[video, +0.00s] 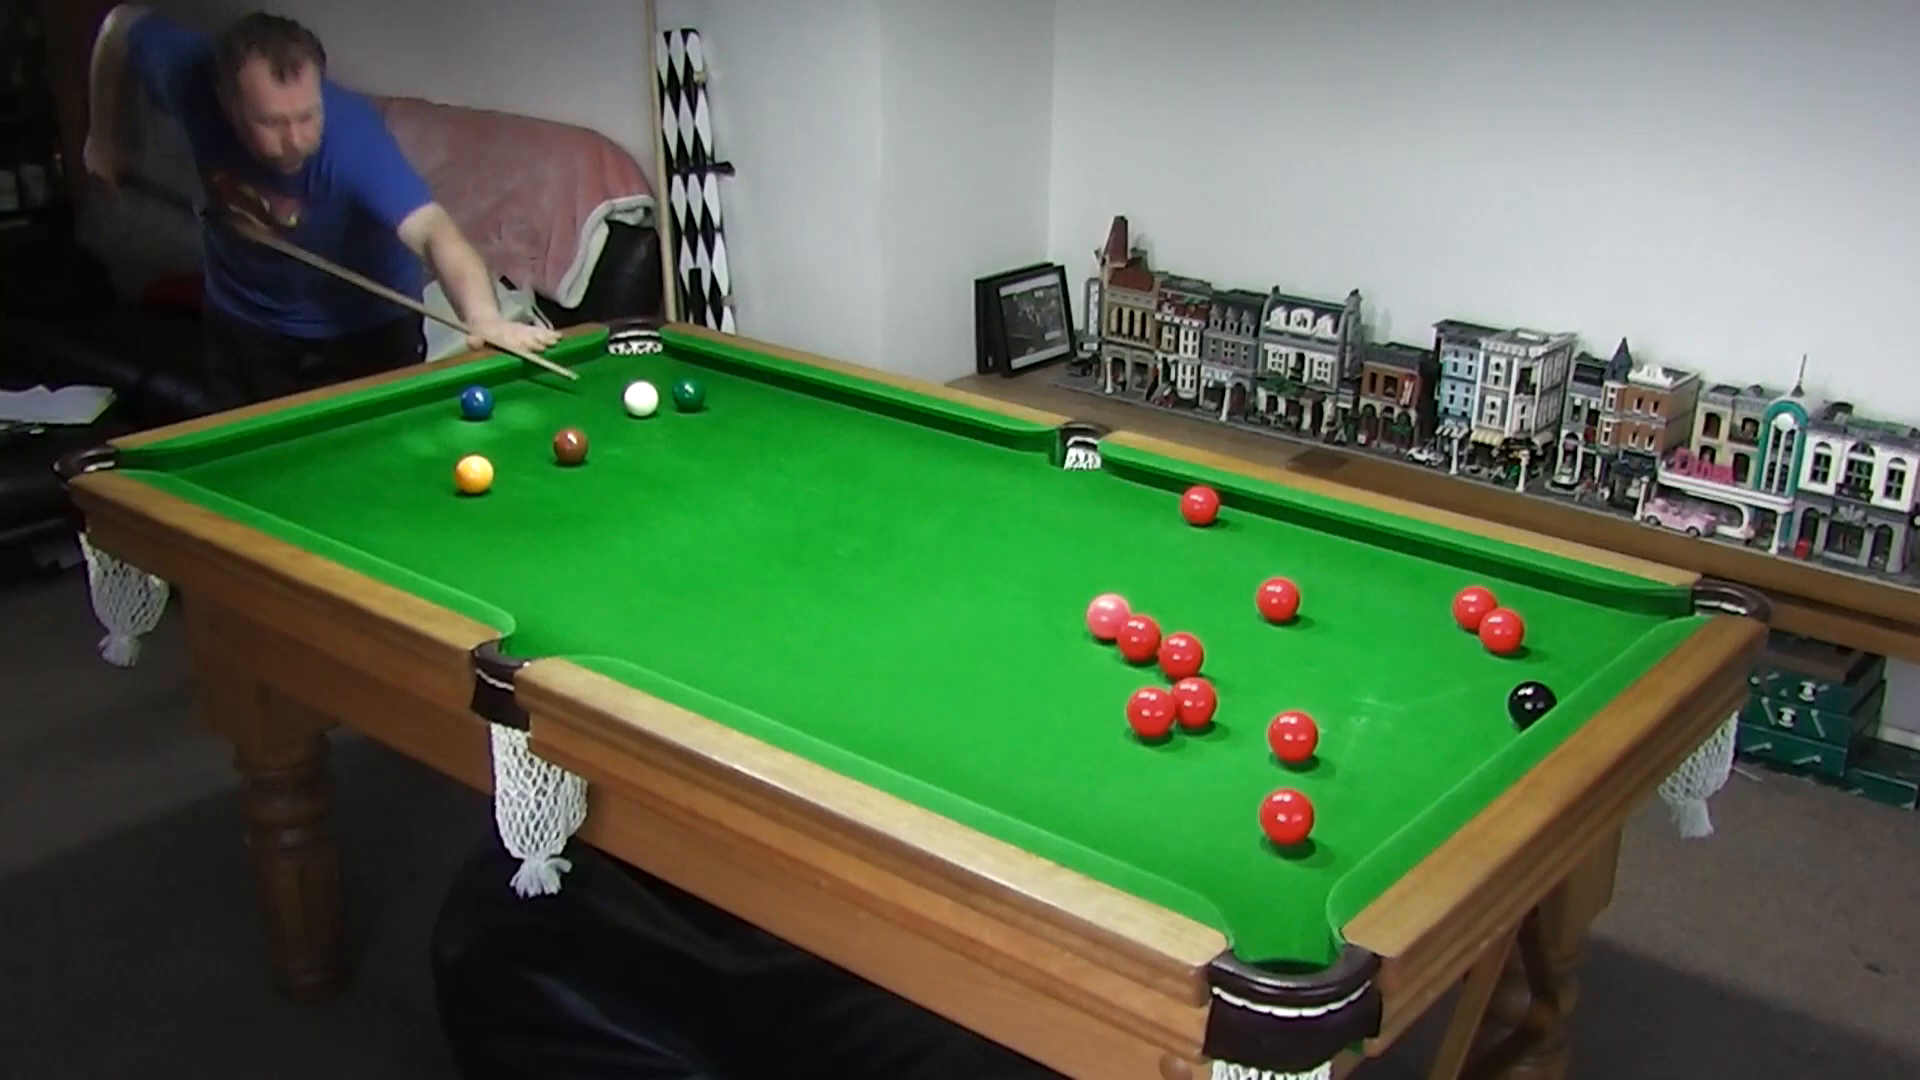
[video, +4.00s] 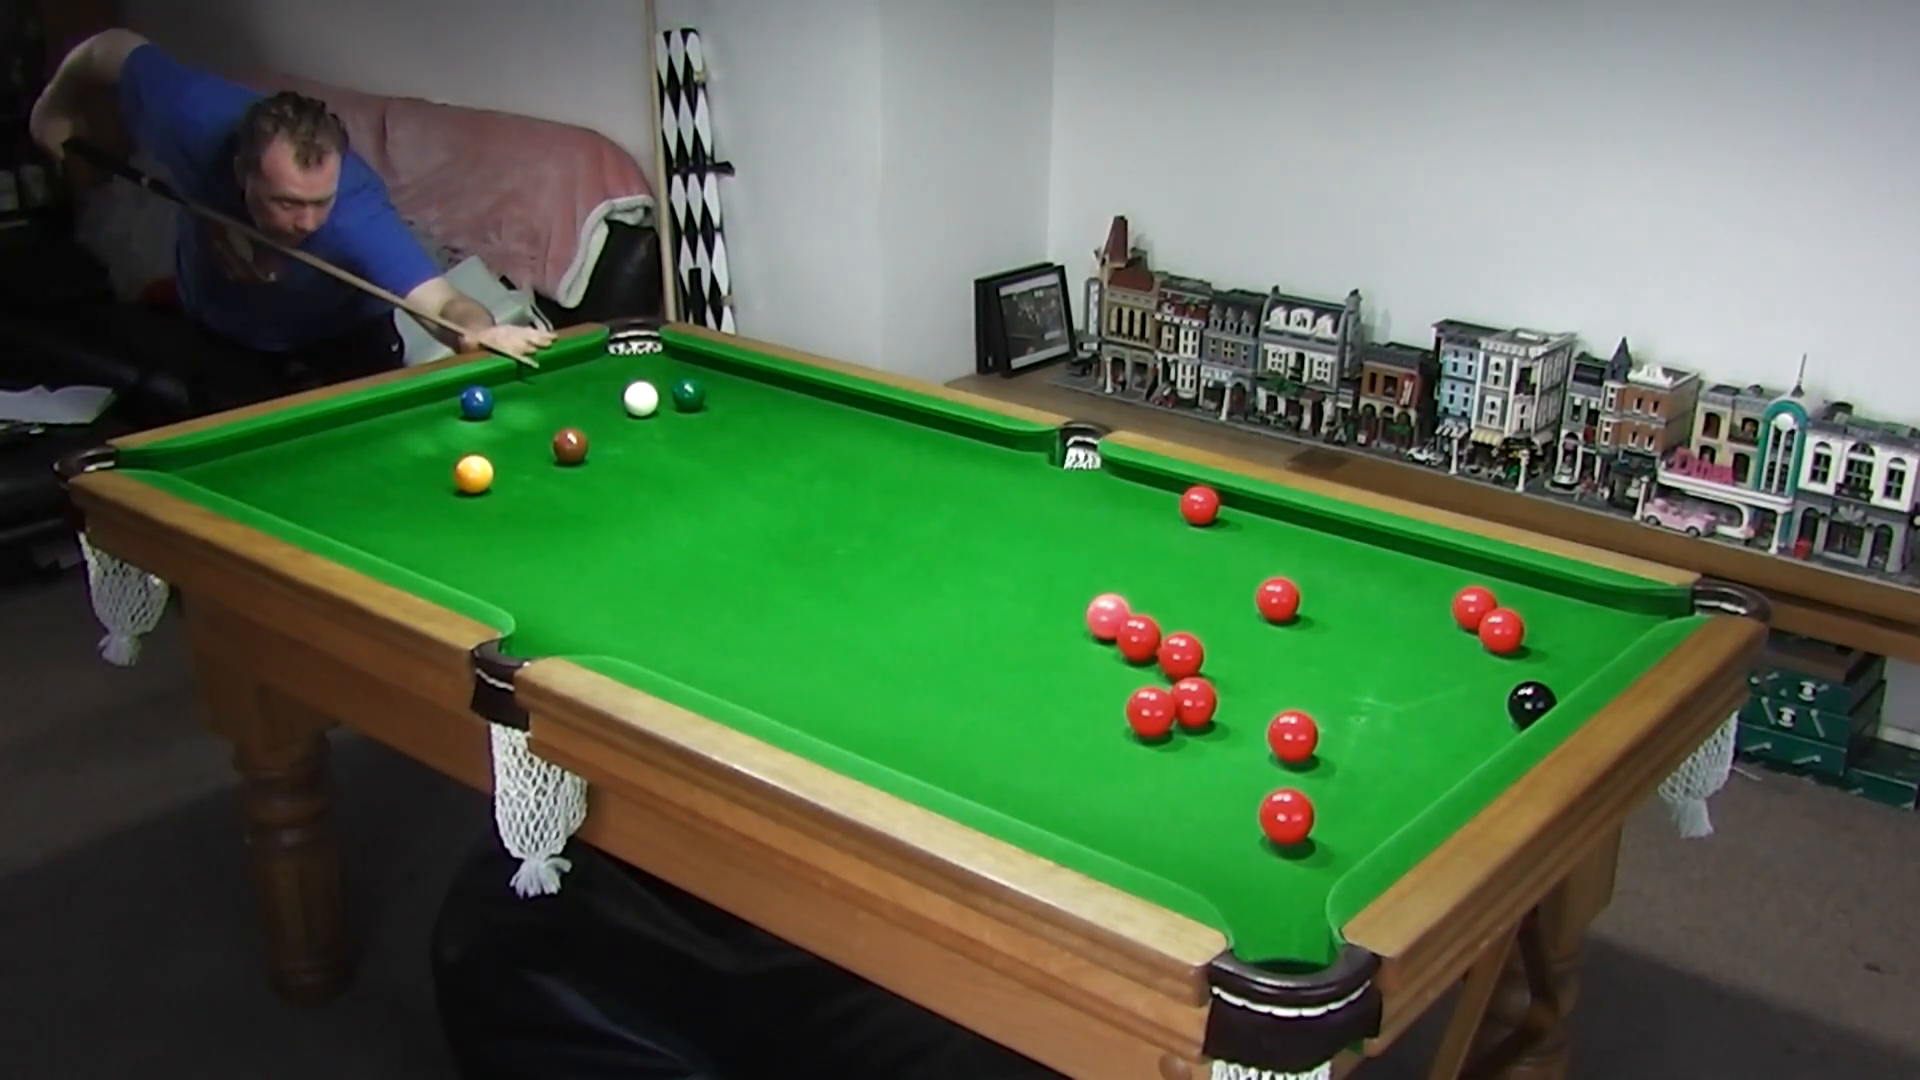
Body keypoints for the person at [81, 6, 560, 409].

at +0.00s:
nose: (292, 140)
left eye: (306, 118)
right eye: (271, 123)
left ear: (322, 95)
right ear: (231, 106)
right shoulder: (199, 80)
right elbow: (120, 27)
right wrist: (106, 137)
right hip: (247, 325)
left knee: (372, 496)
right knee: (245, 488)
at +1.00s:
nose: (308, 221)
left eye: (321, 203)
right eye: (288, 204)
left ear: (336, 176)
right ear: (243, 175)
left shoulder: (352, 207)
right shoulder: (208, 114)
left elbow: (434, 295)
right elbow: (122, 18)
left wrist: (482, 332)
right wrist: (96, 130)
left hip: (342, 331)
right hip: (228, 323)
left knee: (367, 471)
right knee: (236, 467)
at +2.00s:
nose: (312, 225)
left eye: (325, 204)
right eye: (291, 206)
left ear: (340, 180)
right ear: (246, 179)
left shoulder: (356, 207)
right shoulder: (211, 119)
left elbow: (436, 300)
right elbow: (126, 22)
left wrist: (484, 333)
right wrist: (107, 141)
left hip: (343, 325)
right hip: (229, 318)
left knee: (363, 463)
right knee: (236, 459)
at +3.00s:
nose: (312, 226)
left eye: (325, 206)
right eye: (292, 207)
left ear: (340, 183)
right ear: (246, 177)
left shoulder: (359, 212)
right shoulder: (209, 121)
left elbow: (439, 301)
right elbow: (125, 20)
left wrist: (482, 331)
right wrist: (103, 139)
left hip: (342, 325)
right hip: (229, 314)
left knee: (362, 459)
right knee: (239, 457)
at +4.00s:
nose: (306, 221)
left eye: (322, 203)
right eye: (287, 204)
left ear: (339, 179)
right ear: (243, 171)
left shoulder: (358, 209)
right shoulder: (199, 127)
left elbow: (439, 301)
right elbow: (108, 50)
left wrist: (480, 328)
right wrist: (51, 109)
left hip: (344, 325)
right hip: (225, 319)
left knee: (381, 453)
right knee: (243, 463)